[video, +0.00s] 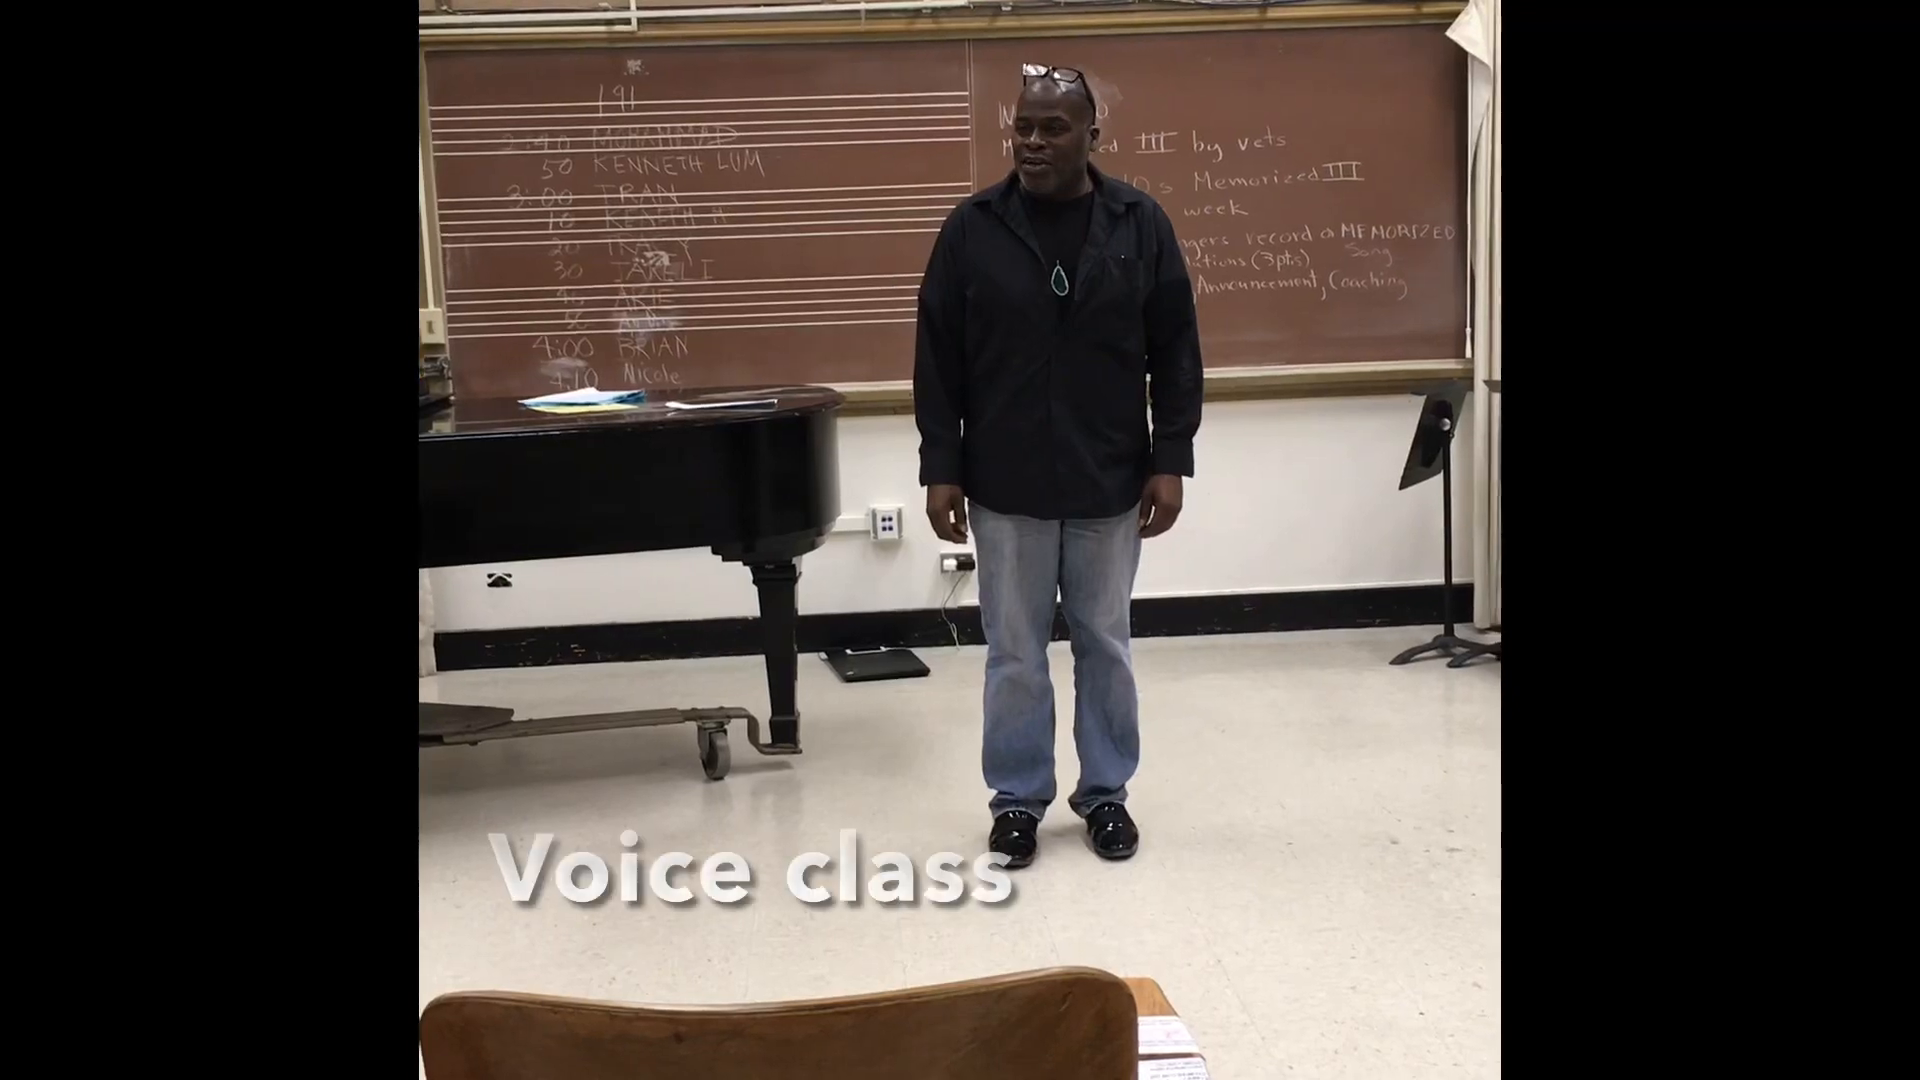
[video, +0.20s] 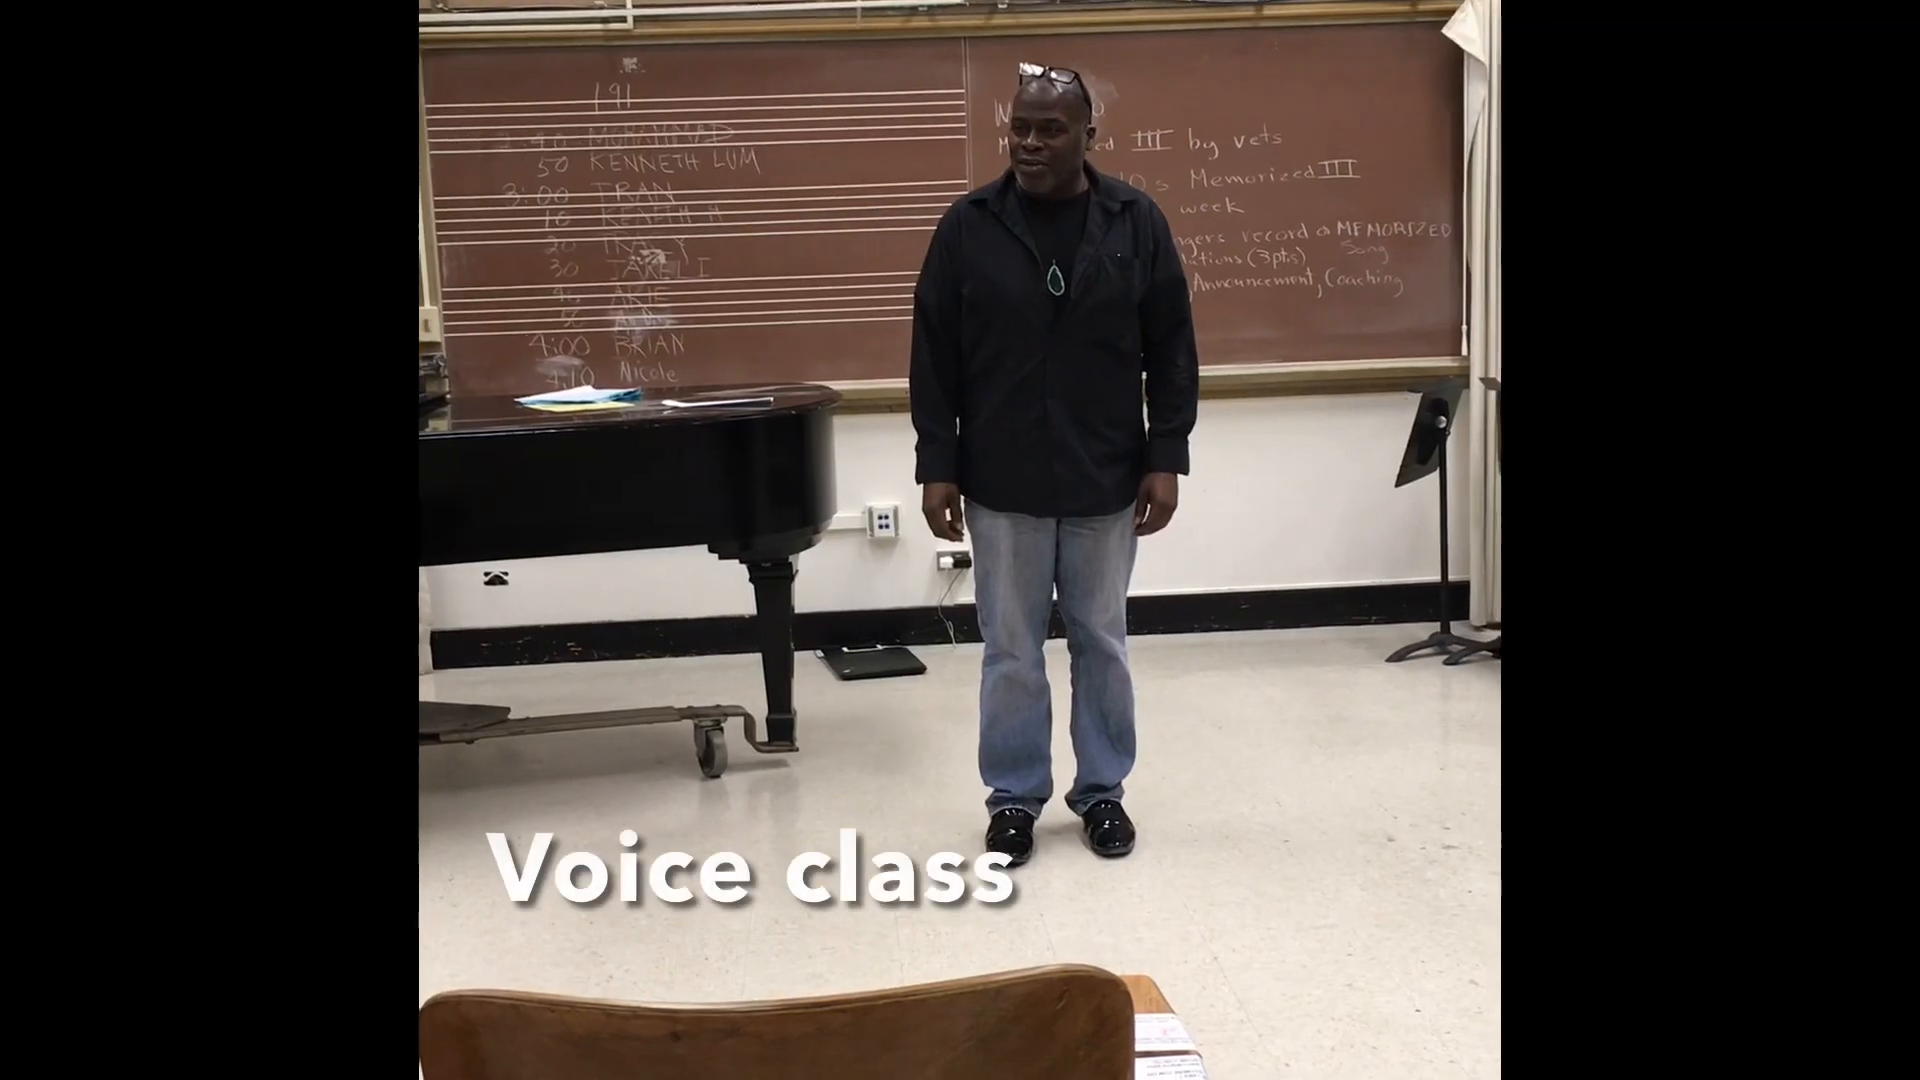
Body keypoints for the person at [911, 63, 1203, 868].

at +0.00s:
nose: (1033, 142)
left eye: (1051, 130)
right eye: (1023, 128)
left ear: (1092, 135)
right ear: (1010, 131)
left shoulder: (1139, 224)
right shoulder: (970, 229)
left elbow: (1176, 352)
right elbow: (938, 357)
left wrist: (1170, 463)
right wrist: (940, 470)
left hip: (1108, 474)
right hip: (1004, 476)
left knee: (1105, 644)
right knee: (1014, 651)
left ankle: (1106, 793)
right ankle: (1016, 800)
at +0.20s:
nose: (1029, 143)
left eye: (1048, 130)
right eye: (1019, 128)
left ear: (1088, 135)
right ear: (1006, 131)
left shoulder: (1135, 222)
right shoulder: (966, 226)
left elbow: (1172, 350)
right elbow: (934, 354)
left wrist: (1165, 461)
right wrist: (937, 467)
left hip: (1105, 471)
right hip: (1000, 474)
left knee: (1101, 642)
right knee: (1011, 649)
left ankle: (1102, 791)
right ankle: (1012, 798)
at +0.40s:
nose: (1024, 141)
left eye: (1042, 129)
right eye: (1014, 127)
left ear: (1083, 133)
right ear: (1002, 128)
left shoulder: (1129, 218)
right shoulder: (961, 224)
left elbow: (1167, 346)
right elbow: (929, 352)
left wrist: (1160, 458)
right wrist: (933, 465)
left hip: (1100, 469)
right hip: (995, 472)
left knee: (1097, 640)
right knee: (1007, 647)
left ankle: (1098, 789)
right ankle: (1007, 796)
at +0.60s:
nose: (1020, 137)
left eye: (1039, 125)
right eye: (1011, 122)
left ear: (1078, 130)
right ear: (997, 124)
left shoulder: (1126, 215)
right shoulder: (956, 220)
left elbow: (1163, 341)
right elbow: (923, 348)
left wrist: (1158, 454)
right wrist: (926, 461)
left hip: (1096, 464)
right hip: (991, 467)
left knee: (1093, 636)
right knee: (1002, 643)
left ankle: (1094, 787)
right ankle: (1004, 794)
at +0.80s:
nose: (1018, 131)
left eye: (1036, 118)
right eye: (1008, 116)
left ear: (1076, 125)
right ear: (994, 121)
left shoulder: (1123, 214)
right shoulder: (954, 219)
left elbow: (1161, 341)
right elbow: (921, 346)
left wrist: (1155, 452)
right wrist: (924, 459)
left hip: (1093, 464)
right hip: (989, 466)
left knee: (1090, 635)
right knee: (999, 642)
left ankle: (1092, 786)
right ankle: (1001, 792)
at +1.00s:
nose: (1014, 123)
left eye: (1034, 110)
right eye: (1005, 109)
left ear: (1074, 119)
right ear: (992, 117)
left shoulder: (1122, 213)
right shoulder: (953, 217)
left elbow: (1158, 339)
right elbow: (919, 343)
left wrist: (1152, 451)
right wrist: (921, 459)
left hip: (1092, 462)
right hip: (988, 464)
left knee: (1089, 633)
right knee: (999, 640)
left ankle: (1091, 784)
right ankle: (1001, 792)